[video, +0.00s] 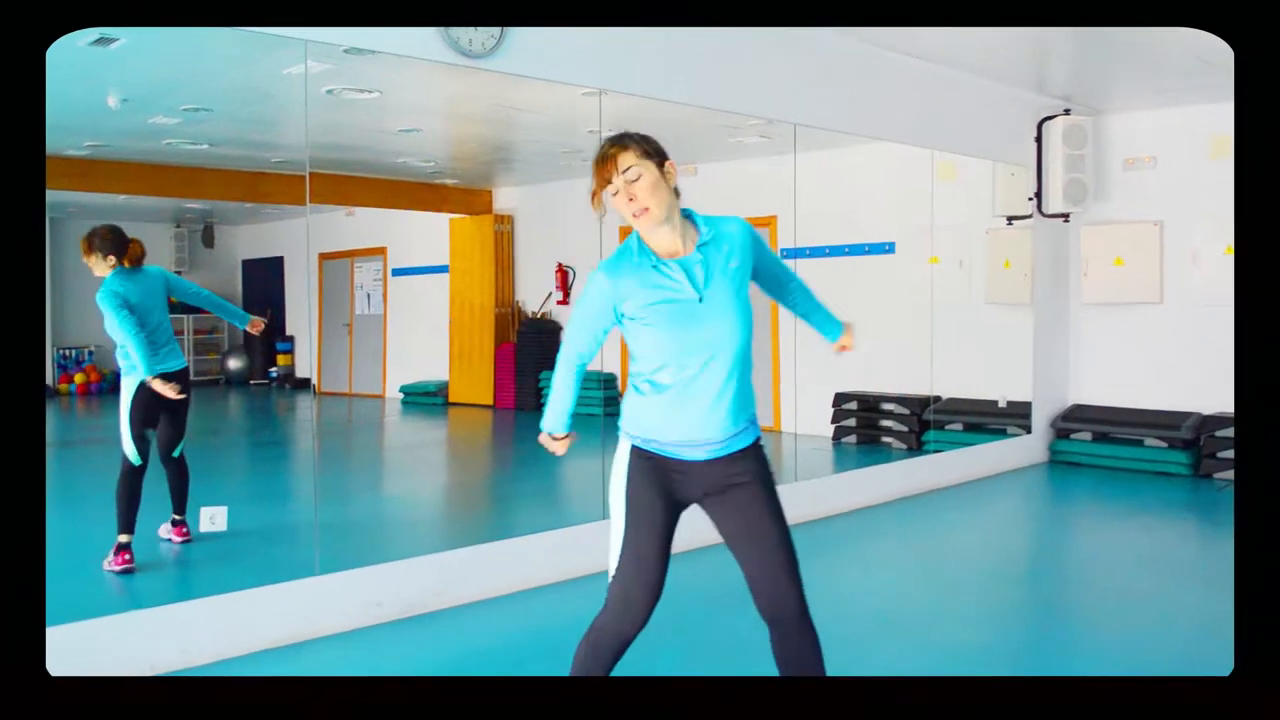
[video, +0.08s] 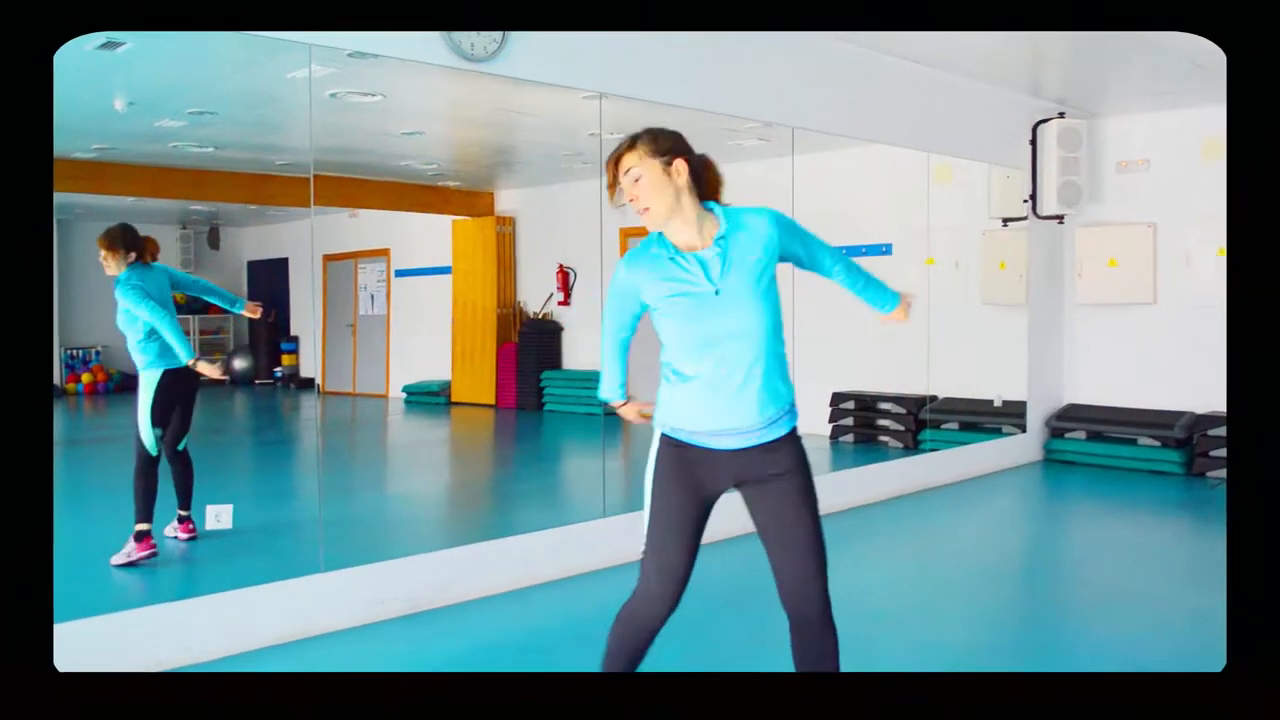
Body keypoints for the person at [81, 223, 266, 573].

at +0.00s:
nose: (88, 266)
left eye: (89, 260)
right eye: (87, 260)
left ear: (106, 258)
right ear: (120, 255)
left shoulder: (108, 292)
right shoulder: (156, 275)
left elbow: (130, 332)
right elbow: (202, 296)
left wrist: (150, 376)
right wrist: (244, 319)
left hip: (141, 380)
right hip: (177, 372)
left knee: (133, 460)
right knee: (171, 451)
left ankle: (123, 547)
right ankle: (179, 523)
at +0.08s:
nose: (102, 261)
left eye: (106, 254)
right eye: (101, 254)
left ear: (124, 254)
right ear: (134, 252)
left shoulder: (126, 287)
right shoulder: (159, 271)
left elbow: (161, 316)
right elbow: (198, 286)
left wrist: (191, 359)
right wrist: (240, 305)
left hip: (156, 375)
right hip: (185, 371)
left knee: (146, 452)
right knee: (175, 446)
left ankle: (142, 536)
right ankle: (185, 520)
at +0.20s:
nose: (135, 251)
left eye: (142, 246)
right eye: (131, 245)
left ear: (157, 248)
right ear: (128, 245)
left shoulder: (158, 277)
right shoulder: (158, 270)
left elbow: (208, 291)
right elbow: (206, 278)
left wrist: (230, 337)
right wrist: (234, 302)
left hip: (182, 365)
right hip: (175, 364)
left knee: (165, 440)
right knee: (174, 439)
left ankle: (193, 516)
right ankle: (197, 513)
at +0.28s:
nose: (151, 250)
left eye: (158, 245)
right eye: (147, 244)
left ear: (171, 247)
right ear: (141, 246)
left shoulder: (180, 277)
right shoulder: (157, 276)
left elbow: (229, 299)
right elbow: (205, 297)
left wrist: (238, 345)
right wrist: (217, 328)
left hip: (194, 364)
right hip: (176, 366)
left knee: (177, 439)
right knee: (174, 439)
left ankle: (212, 506)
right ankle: (204, 503)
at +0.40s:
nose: (176, 265)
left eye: (181, 259)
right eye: (171, 260)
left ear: (195, 261)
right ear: (166, 263)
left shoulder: (213, 296)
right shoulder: (172, 291)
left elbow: (239, 337)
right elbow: (183, 335)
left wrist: (230, 375)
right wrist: (171, 363)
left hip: (212, 383)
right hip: (183, 382)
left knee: (195, 448)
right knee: (180, 449)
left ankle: (228, 501)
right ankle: (209, 500)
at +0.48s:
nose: (189, 274)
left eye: (195, 268)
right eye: (185, 269)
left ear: (209, 267)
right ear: (181, 270)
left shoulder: (229, 302)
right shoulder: (181, 297)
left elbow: (240, 348)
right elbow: (169, 331)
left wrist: (221, 365)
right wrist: (146, 353)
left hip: (223, 384)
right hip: (191, 383)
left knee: (206, 446)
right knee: (190, 448)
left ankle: (233, 501)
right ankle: (217, 500)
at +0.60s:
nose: (205, 261)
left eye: (209, 255)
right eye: (200, 256)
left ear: (223, 250)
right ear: (195, 253)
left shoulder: (240, 279)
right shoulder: (189, 273)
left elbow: (242, 323)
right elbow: (152, 299)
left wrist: (214, 312)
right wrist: (149, 295)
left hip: (237, 358)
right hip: (205, 359)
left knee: (235, 423)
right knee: (213, 425)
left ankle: (245, 493)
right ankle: (221, 490)